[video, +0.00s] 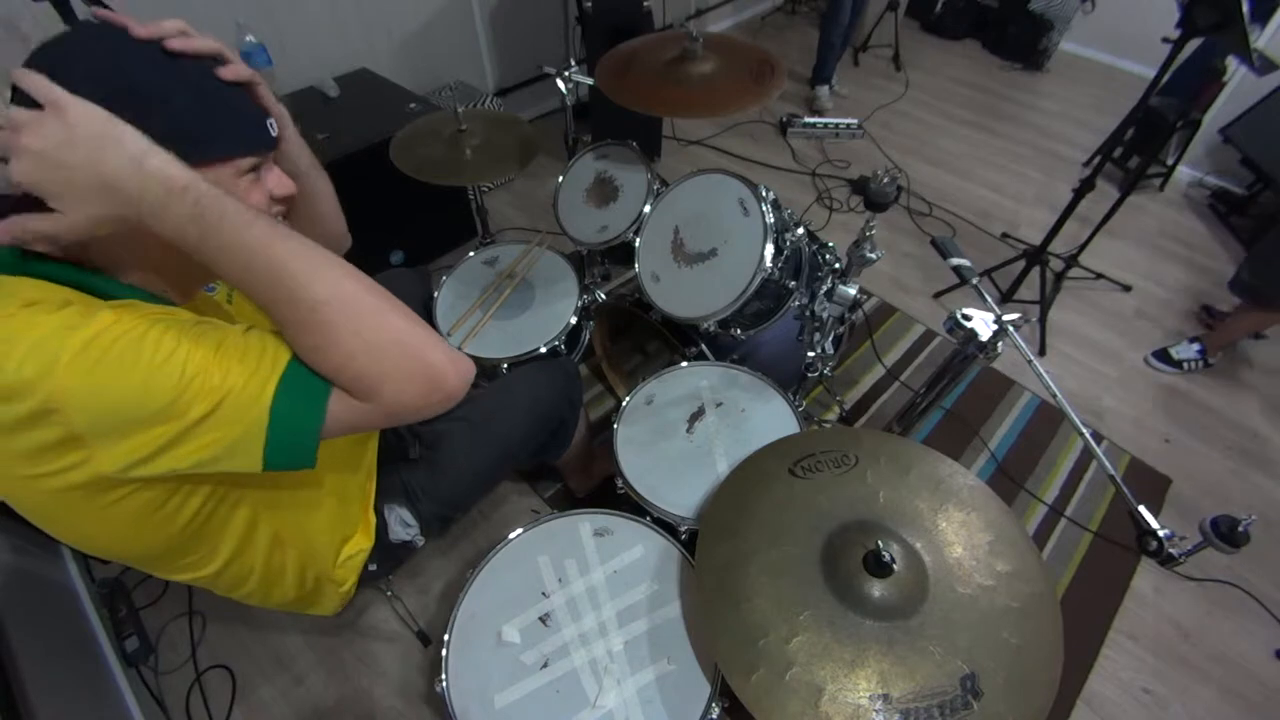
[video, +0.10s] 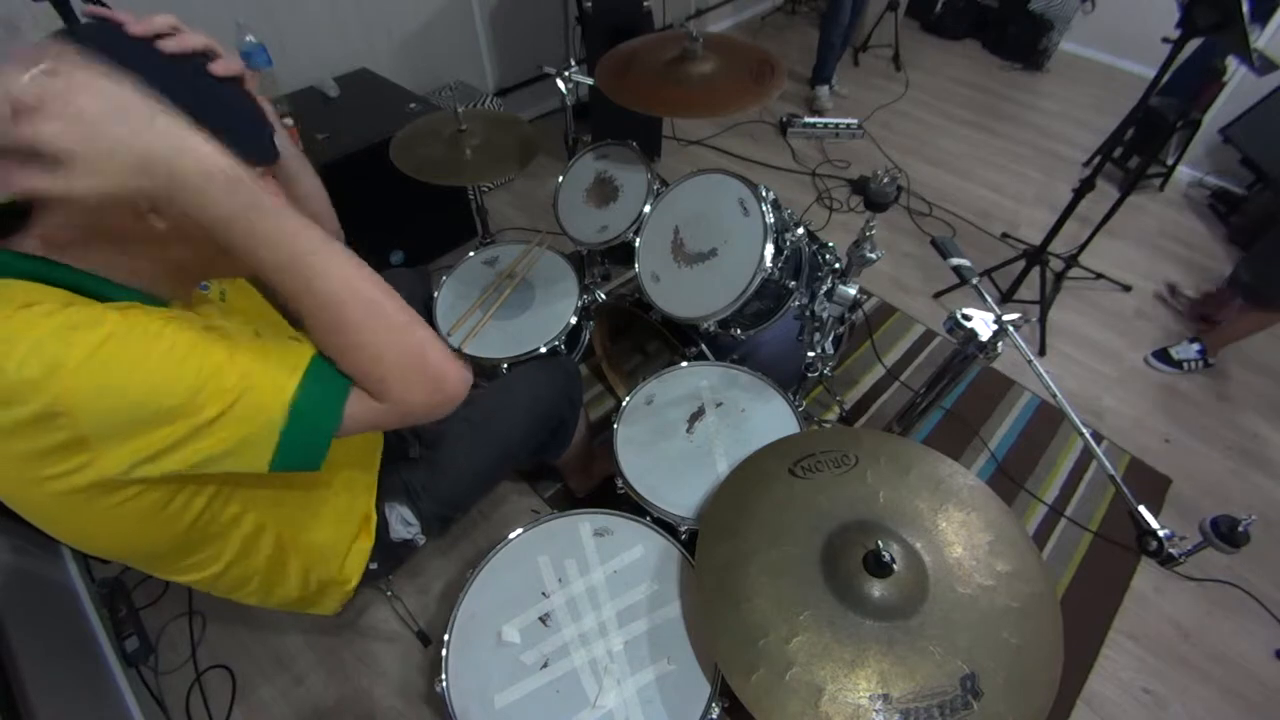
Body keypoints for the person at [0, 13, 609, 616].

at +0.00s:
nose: (283, 188)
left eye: (268, 160)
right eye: (245, 175)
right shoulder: (72, 368)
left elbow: (323, 246)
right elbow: (431, 379)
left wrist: (263, 108)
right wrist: (155, 191)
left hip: (265, 355)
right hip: (339, 503)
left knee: (486, 277)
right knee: (552, 378)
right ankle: (572, 470)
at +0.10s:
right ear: (28, 180)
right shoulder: (51, 371)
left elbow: (320, 249)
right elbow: (429, 385)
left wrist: (253, 118)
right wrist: (187, 174)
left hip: (285, 343)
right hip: (340, 499)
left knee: (496, 274)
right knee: (551, 375)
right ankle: (574, 471)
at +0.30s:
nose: (250, 196)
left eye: (248, 177)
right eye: (236, 176)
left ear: (137, 190)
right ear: (142, 189)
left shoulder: (78, 251)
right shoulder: (112, 392)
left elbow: (262, 297)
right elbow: (388, 461)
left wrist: (277, 183)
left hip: (279, 393)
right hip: (349, 516)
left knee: (426, 292)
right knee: (554, 375)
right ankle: (567, 472)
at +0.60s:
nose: (189, 123)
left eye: (176, 105)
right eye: (172, 108)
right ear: (123, 148)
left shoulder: (18, 283)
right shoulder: (188, 338)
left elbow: (199, 355)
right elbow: (342, 445)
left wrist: (353, 323)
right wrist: (446, 346)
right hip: (331, 533)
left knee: (409, 317)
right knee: (561, 373)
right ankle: (577, 474)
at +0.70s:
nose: (182, 112)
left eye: (166, 92)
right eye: (162, 96)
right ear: (120, 135)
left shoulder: (19, 271)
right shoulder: (194, 325)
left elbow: (186, 362)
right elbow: (340, 441)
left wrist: (356, 333)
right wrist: (446, 351)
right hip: (333, 525)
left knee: (403, 282)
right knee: (564, 376)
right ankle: (583, 475)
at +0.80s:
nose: (178, 105)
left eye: (162, 84)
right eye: (157, 87)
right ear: (115, 126)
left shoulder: (20, 267)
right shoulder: (192, 318)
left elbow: (194, 356)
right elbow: (348, 433)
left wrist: (361, 336)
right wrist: (445, 352)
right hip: (337, 519)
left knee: (402, 281)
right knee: (563, 369)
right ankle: (582, 474)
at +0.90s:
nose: (178, 103)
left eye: (162, 81)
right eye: (157, 84)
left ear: (108, 120)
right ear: (112, 120)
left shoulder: (21, 263)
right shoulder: (187, 317)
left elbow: (191, 358)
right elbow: (354, 440)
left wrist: (361, 335)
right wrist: (445, 354)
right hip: (339, 518)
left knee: (401, 280)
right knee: (562, 362)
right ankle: (572, 474)